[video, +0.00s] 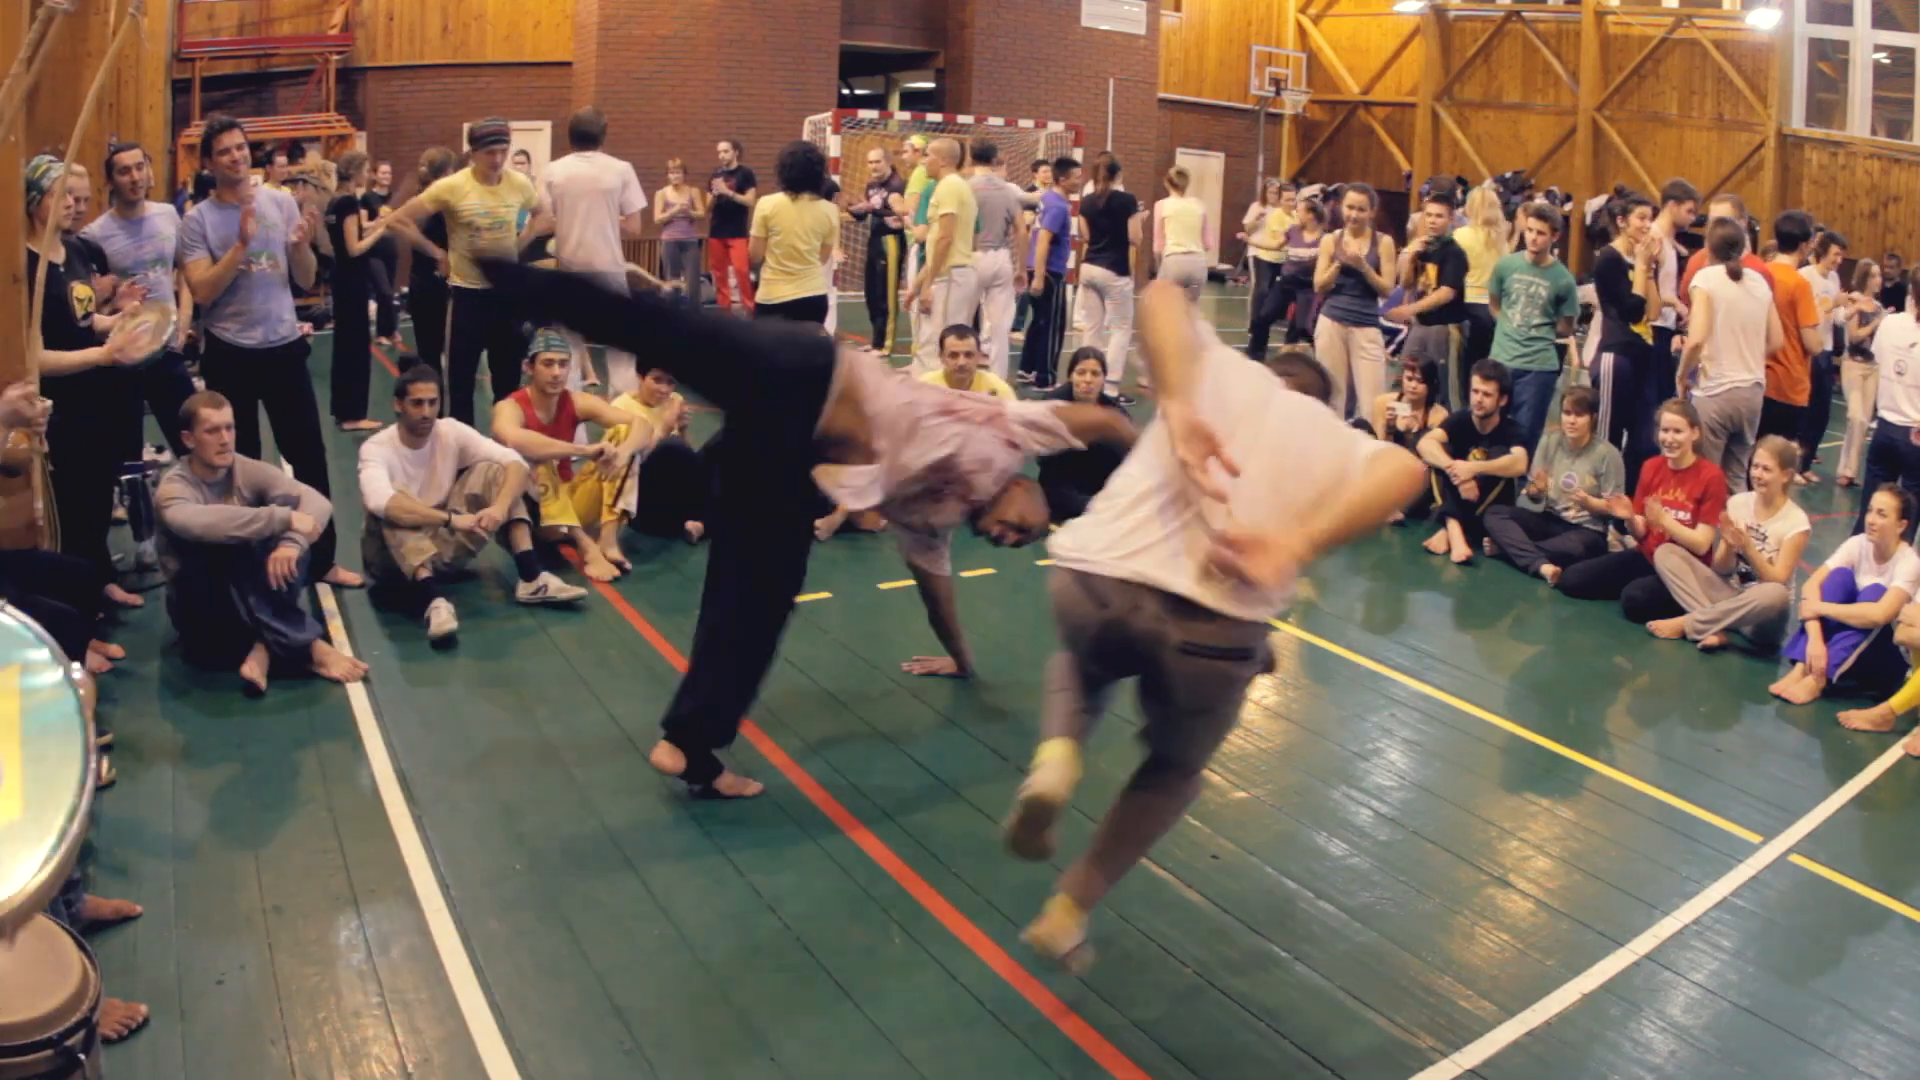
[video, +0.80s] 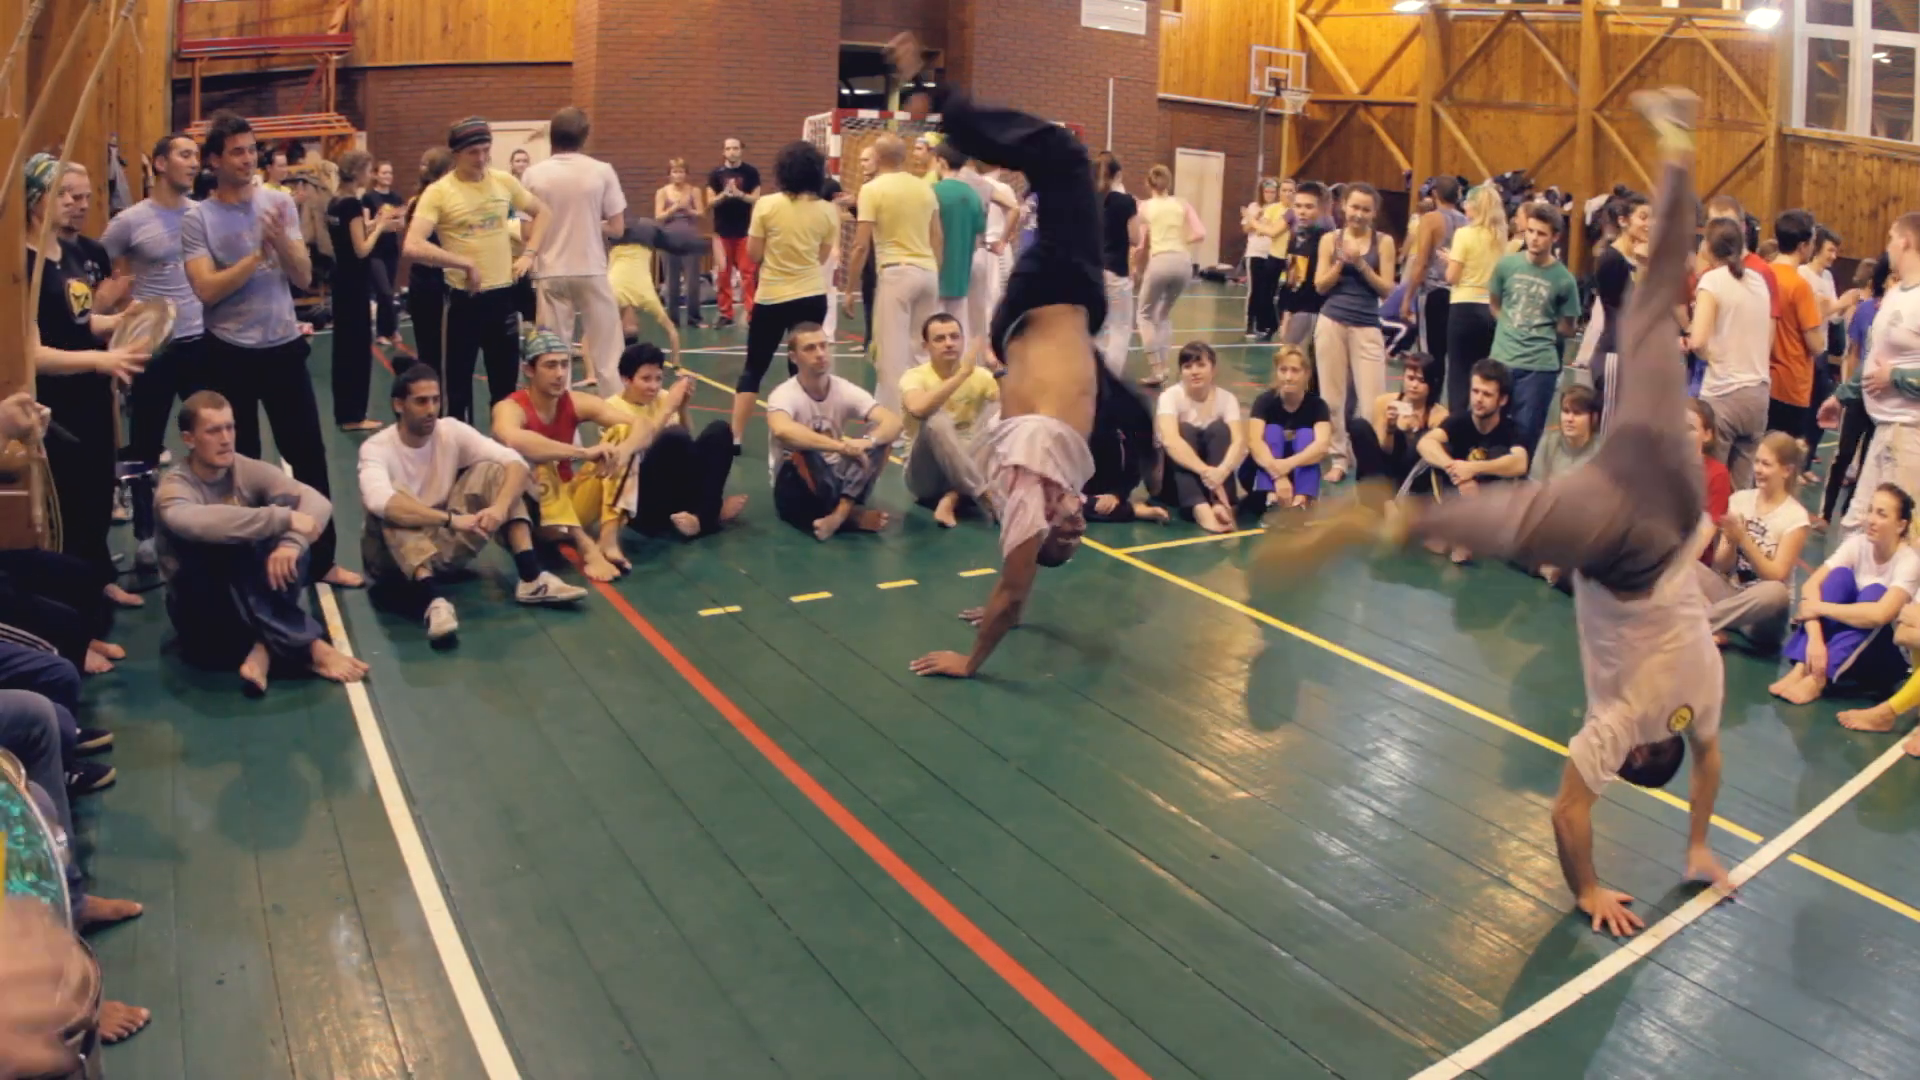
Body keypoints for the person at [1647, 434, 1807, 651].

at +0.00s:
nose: (1757, 474)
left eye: (1766, 469)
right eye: (1754, 466)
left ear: (1786, 476)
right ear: (1749, 467)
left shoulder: (1796, 521)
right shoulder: (1738, 502)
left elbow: (1778, 579)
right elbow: (1720, 568)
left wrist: (1747, 548)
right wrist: (1729, 546)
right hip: (1727, 594)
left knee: (1774, 594)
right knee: (1666, 553)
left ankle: (1686, 624)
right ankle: (1711, 629)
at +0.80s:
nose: (1757, 469)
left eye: (1766, 464)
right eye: (1756, 462)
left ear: (1787, 471)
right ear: (1753, 461)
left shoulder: (1797, 516)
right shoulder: (1739, 499)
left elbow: (1777, 574)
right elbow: (1720, 566)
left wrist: (1741, 538)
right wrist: (1730, 539)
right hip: (1728, 590)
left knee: (1774, 592)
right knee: (1685, 566)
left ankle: (1695, 622)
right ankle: (1709, 631)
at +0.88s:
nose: (1757, 469)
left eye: (1766, 464)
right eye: (1757, 462)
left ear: (1786, 471)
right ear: (1752, 461)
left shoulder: (1797, 517)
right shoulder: (1740, 499)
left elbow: (1777, 574)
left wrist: (1740, 538)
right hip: (1725, 581)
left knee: (1773, 592)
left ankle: (1706, 618)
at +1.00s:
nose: (1759, 471)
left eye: (1766, 465)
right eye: (1758, 463)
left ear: (1786, 471)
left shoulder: (1796, 515)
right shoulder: (1743, 499)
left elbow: (1780, 573)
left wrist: (1747, 549)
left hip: (1759, 584)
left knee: (1774, 591)